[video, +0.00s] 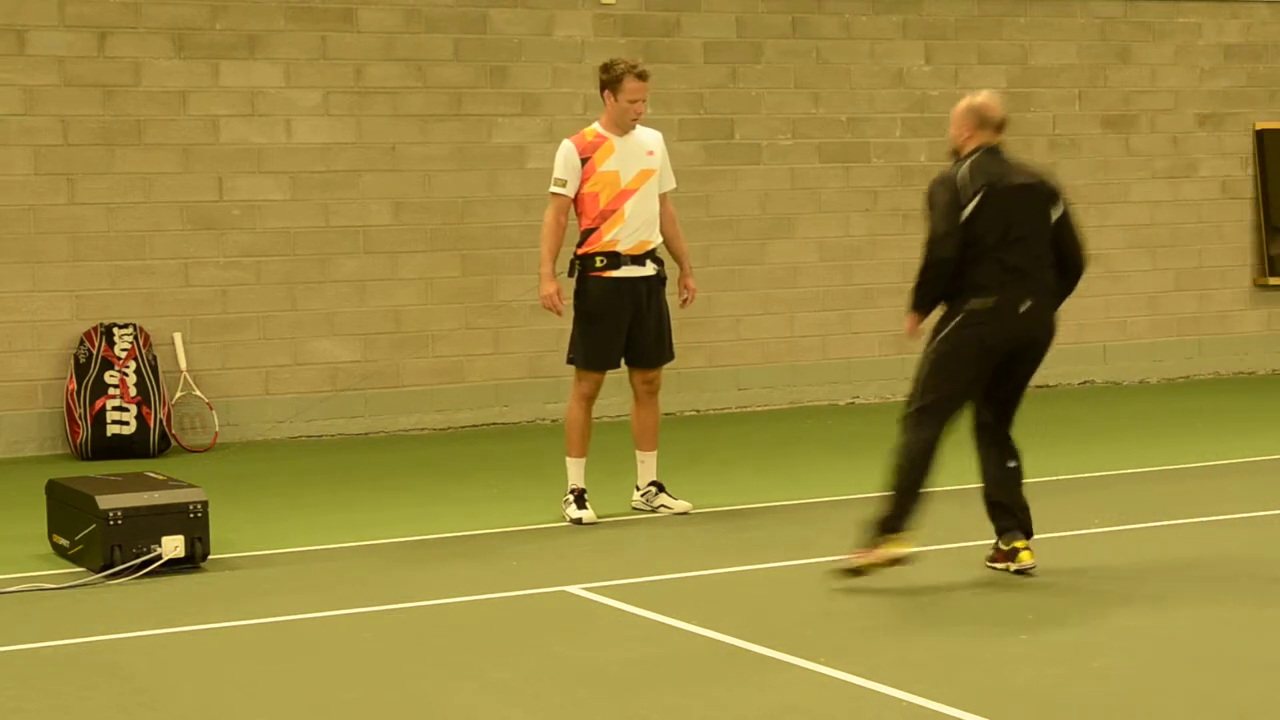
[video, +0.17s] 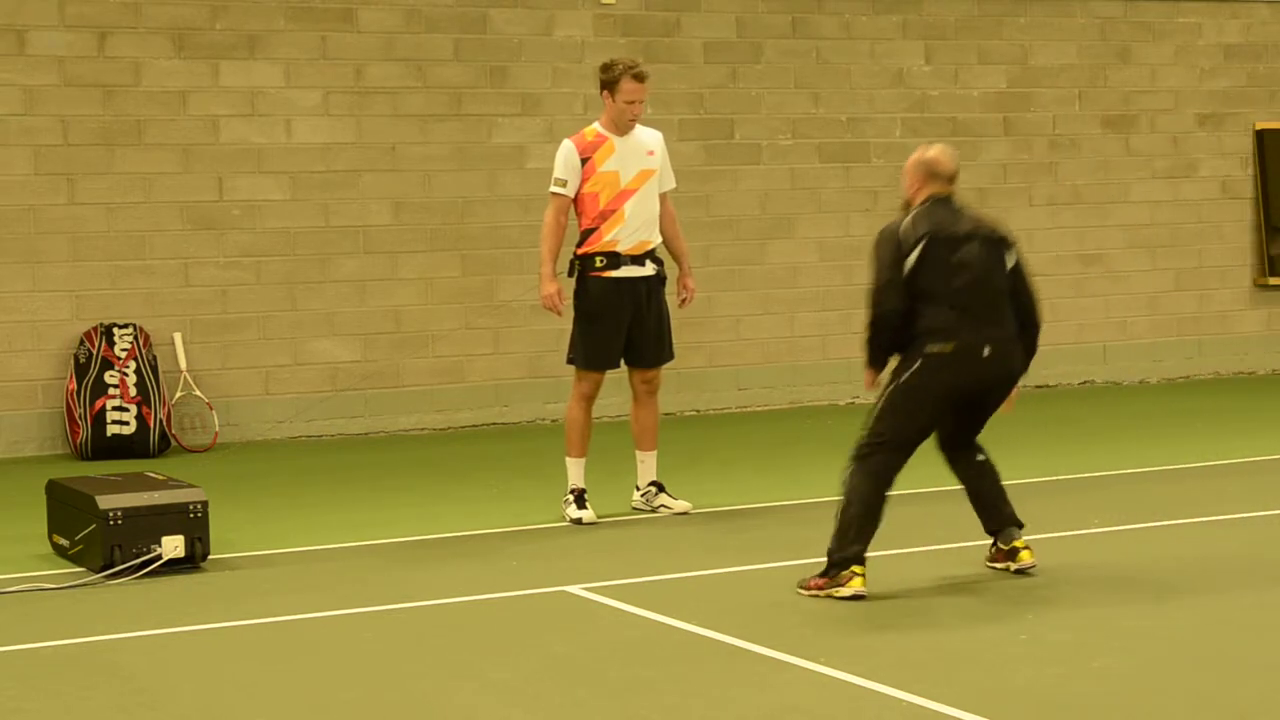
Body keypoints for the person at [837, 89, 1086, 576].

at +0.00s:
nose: (950, 132)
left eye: (954, 124)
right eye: (953, 123)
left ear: (966, 128)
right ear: (996, 130)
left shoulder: (953, 182)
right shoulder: (1039, 183)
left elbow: (944, 250)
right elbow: (1071, 260)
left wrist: (919, 306)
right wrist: (1039, 304)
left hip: (976, 320)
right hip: (1034, 323)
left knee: (924, 416)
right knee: (994, 425)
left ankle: (889, 533)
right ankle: (1014, 539)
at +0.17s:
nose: (903, 185)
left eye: (906, 177)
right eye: (906, 176)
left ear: (917, 181)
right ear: (949, 183)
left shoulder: (900, 234)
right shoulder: (994, 234)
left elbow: (891, 307)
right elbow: (1027, 316)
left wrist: (876, 359)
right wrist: (1012, 375)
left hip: (934, 362)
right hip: (995, 365)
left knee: (874, 456)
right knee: (959, 441)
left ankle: (845, 566)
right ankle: (1010, 539)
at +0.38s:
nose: (883, 215)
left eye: (886, 207)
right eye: (885, 207)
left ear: (896, 209)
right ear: (934, 211)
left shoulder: (881, 256)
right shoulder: (978, 256)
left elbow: (855, 332)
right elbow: (1015, 331)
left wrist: (848, 383)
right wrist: (1031, 397)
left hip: (927, 380)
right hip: (993, 382)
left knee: (851, 462)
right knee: (946, 446)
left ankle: (844, 567)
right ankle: (1005, 540)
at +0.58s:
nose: (951, 181)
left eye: (955, 174)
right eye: (954, 173)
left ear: (968, 177)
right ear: (998, 179)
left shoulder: (940, 224)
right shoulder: (1034, 232)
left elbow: (908, 286)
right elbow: (1069, 306)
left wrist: (885, 342)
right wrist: (1086, 371)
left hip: (959, 356)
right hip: (1024, 361)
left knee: (901, 445)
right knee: (987, 435)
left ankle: (854, 543)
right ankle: (1009, 538)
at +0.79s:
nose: (1008, 146)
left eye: (1012, 137)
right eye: (1011, 137)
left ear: (1028, 142)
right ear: (1056, 145)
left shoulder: (1005, 188)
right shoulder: (1091, 197)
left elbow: (977, 248)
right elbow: (1097, 272)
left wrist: (949, 309)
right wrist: (1076, 320)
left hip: (1023, 323)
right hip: (1085, 330)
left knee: (983, 400)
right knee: (1041, 424)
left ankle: (986, 508)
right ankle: (1017, 533)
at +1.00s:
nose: (1059, 126)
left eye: (1065, 118)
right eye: (1061, 117)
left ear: (1085, 122)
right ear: (1106, 122)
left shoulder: (1063, 176)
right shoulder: (1147, 175)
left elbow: (1050, 246)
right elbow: (1156, 245)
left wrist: (1024, 310)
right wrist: (1130, 286)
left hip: (1092, 318)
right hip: (1151, 315)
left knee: (1087, 408)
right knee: (1132, 408)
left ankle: (1125, 508)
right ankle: (1123, 511)